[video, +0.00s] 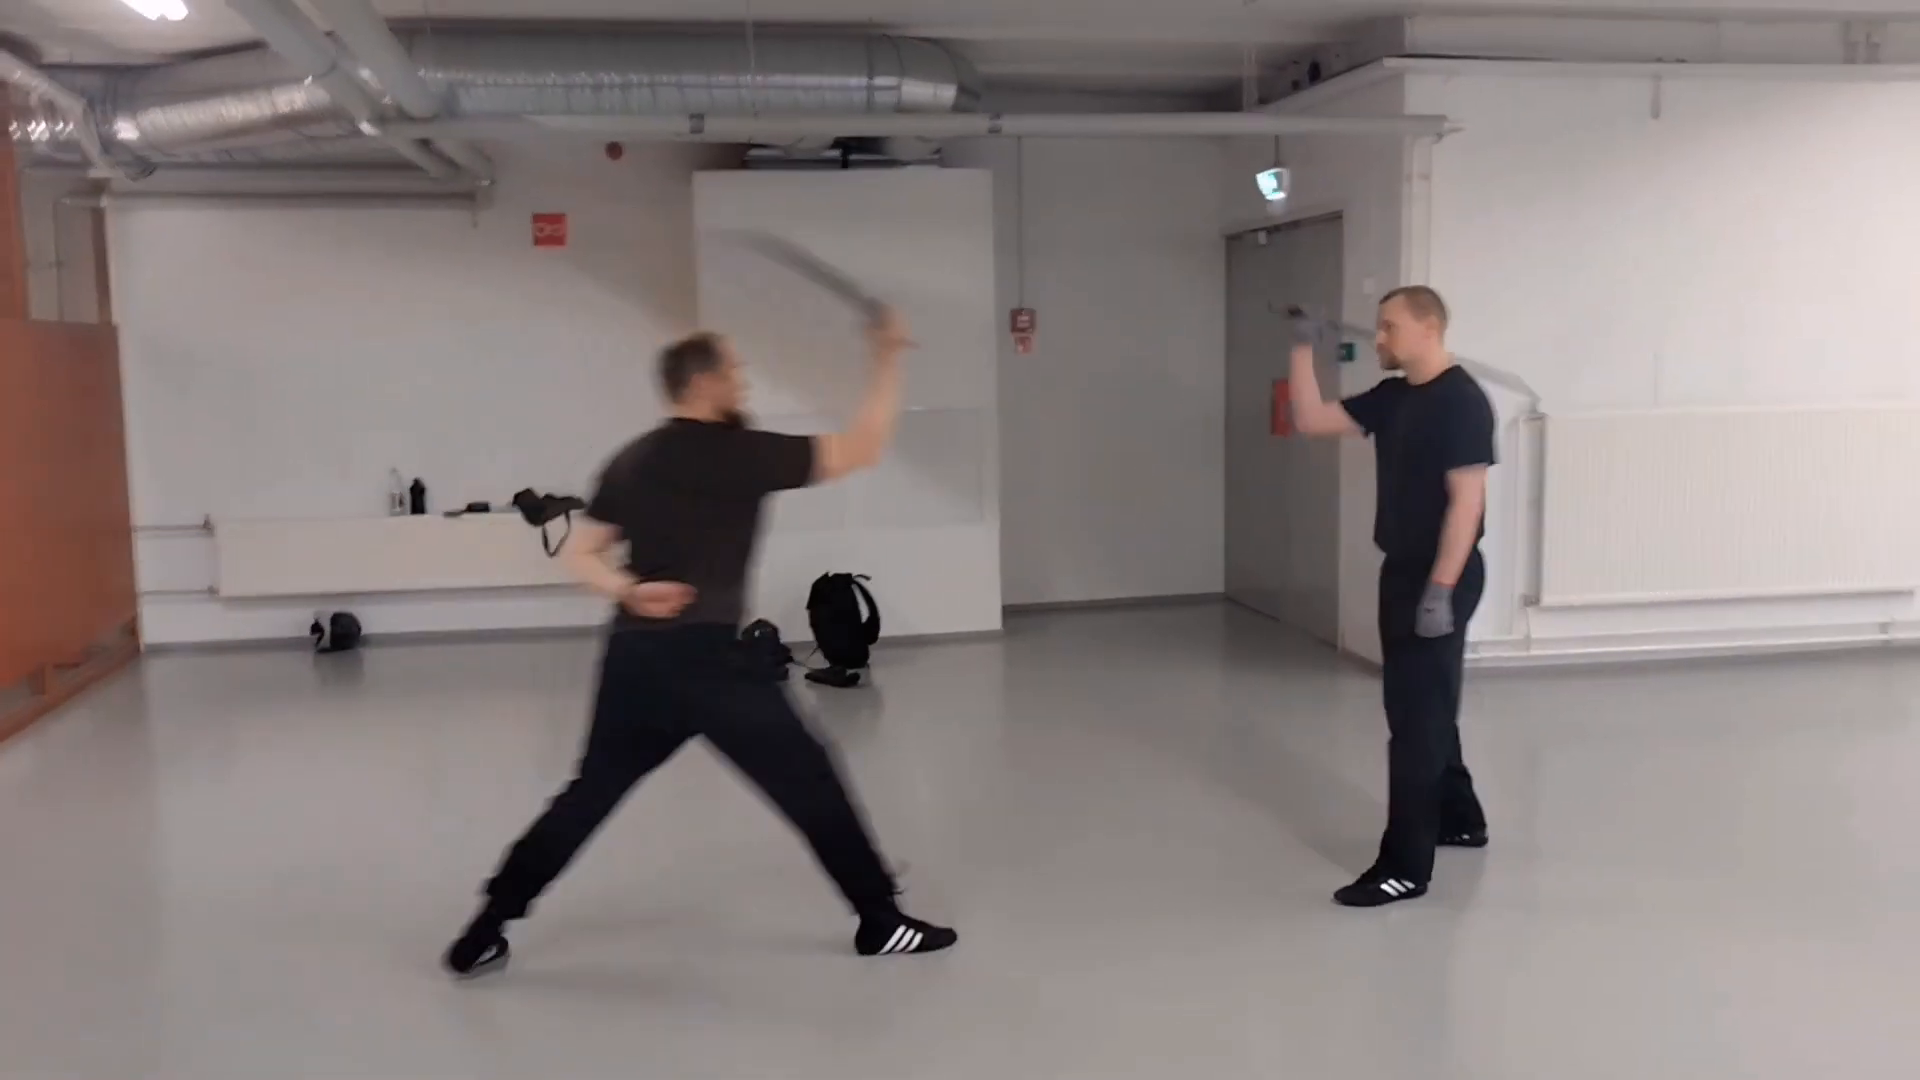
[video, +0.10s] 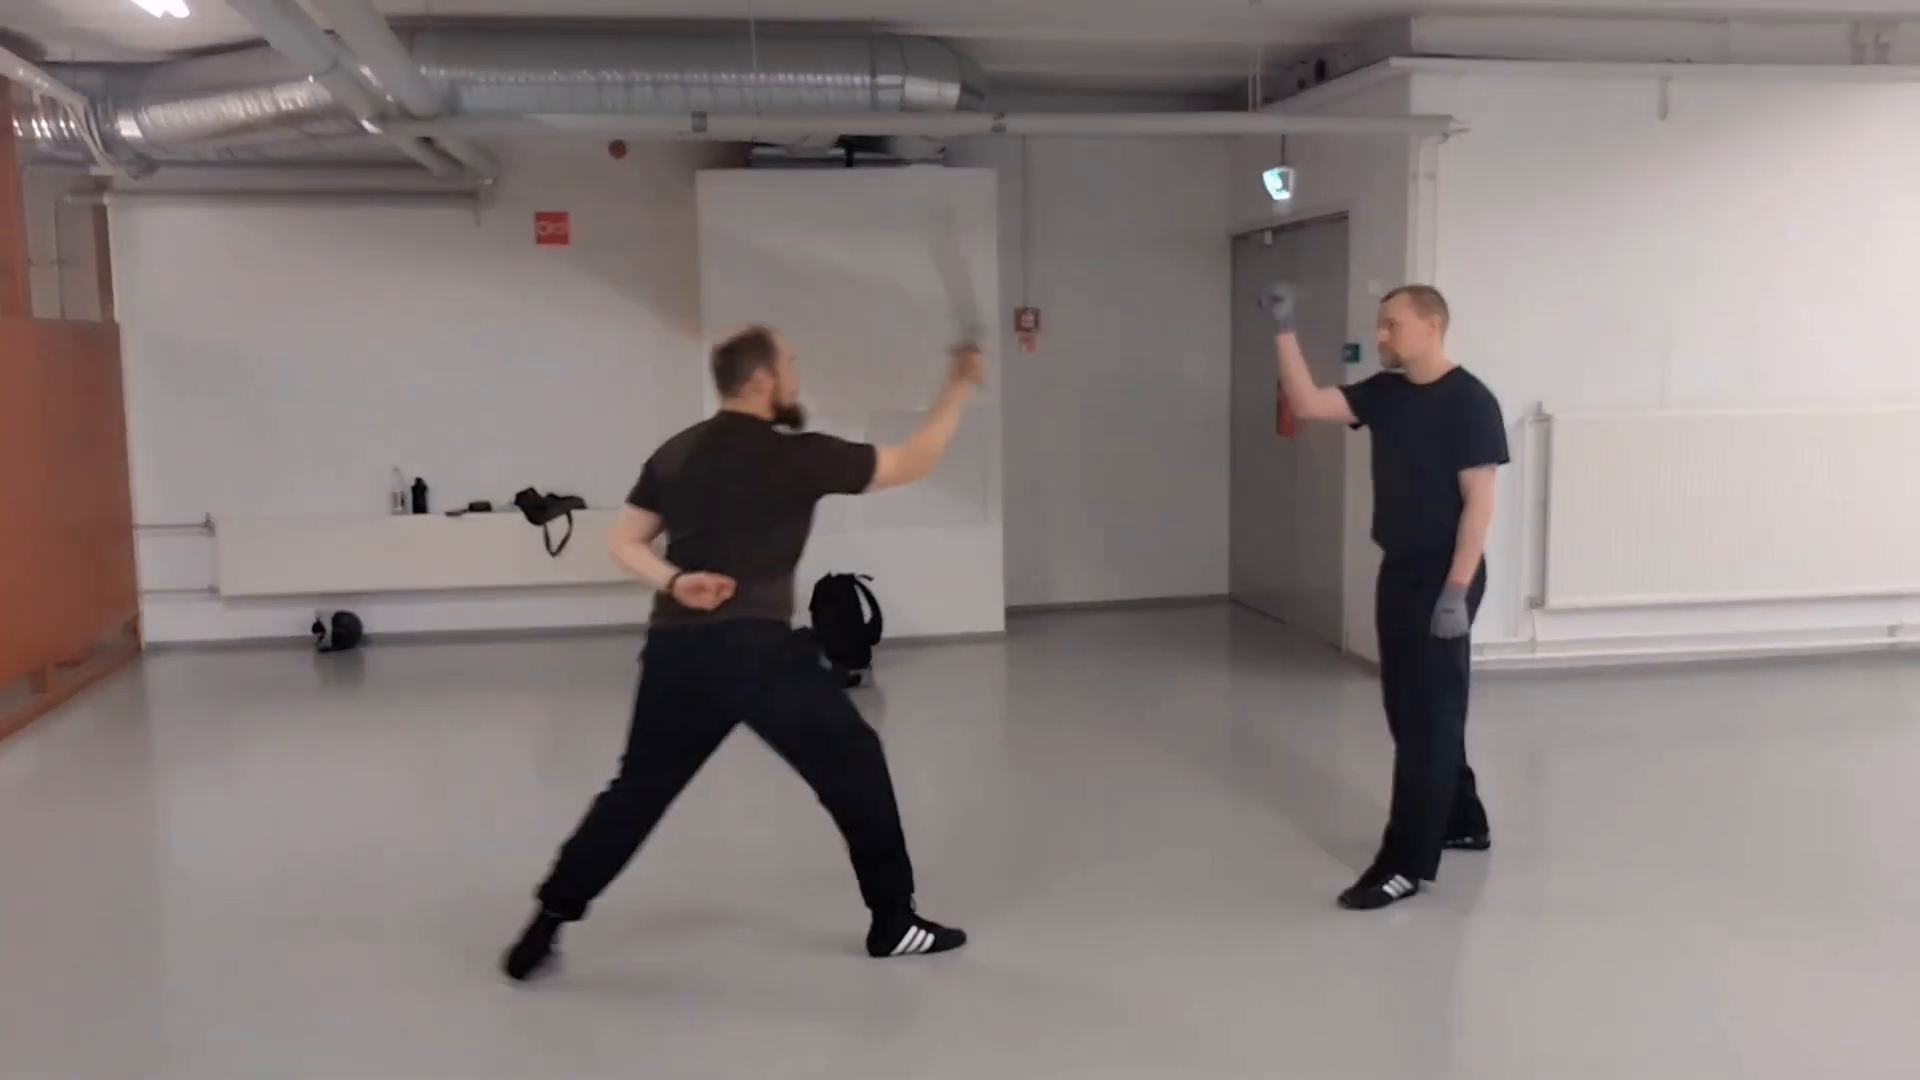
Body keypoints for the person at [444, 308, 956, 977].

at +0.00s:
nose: (741, 380)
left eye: (735, 368)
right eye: (731, 369)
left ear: (678, 386)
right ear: (704, 381)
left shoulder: (638, 459)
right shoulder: (740, 452)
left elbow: (578, 555)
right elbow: (859, 451)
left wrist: (628, 590)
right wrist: (887, 358)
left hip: (637, 662)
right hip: (714, 663)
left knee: (587, 798)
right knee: (809, 783)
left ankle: (484, 927)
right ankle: (881, 919)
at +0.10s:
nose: (796, 383)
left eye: (792, 369)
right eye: (789, 370)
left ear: (726, 384)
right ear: (766, 380)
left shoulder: (679, 453)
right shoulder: (794, 455)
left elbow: (624, 542)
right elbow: (909, 465)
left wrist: (673, 580)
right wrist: (960, 390)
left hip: (677, 656)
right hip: (763, 651)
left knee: (638, 790)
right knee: (853, 765)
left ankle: (544, 924)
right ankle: (894, 920)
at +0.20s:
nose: (828, 365)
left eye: (824, 352)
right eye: (821, 353)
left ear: (761, 371)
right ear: (796, 365)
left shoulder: (706, 438)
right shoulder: (825, 443)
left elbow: (649, 521)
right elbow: (934, 462)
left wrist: (695, 566)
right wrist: (1009, 407)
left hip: (702, 641)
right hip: (786, 638)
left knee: (672, 781)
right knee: (869, 765)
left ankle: (589, 923)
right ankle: (897, 922)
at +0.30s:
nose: (844, 353)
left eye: (840, 341)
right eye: (837, 343)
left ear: (778, 364)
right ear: (811, 358)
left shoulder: (726, 431)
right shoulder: (844, 436)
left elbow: (669, 516)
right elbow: (948, 458)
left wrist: (710, 558)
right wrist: (1019, 424)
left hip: (715, 636)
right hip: (802, 635)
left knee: (688, 778)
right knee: (874, 769)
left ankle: (609, 922)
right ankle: (902, 923)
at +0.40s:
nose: (846, 355)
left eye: (842, 342)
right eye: (838, 343)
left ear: (784, 362)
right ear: (811, 356)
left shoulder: (732, 432)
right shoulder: (841, 436)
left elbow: (678, 516)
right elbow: (939, 486)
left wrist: (712, 557)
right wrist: (1010, 453)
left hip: (720, 633)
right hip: (804, 632)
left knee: (702, 776)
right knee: (876, 767)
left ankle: (607, 923)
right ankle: (901, 925)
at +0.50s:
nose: (832, 354)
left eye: (826, 341)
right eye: (823, 343)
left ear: (769, 366)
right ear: (796, 361)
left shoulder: (722, 438)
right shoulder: (827, 441)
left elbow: (673, 524)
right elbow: (928, 504)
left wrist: (701, 561)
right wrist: (999, 473)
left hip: (715, 636)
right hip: (794, 634)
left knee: (702, 780)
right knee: (875, 765)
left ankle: (596, 916)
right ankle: (899, 925)